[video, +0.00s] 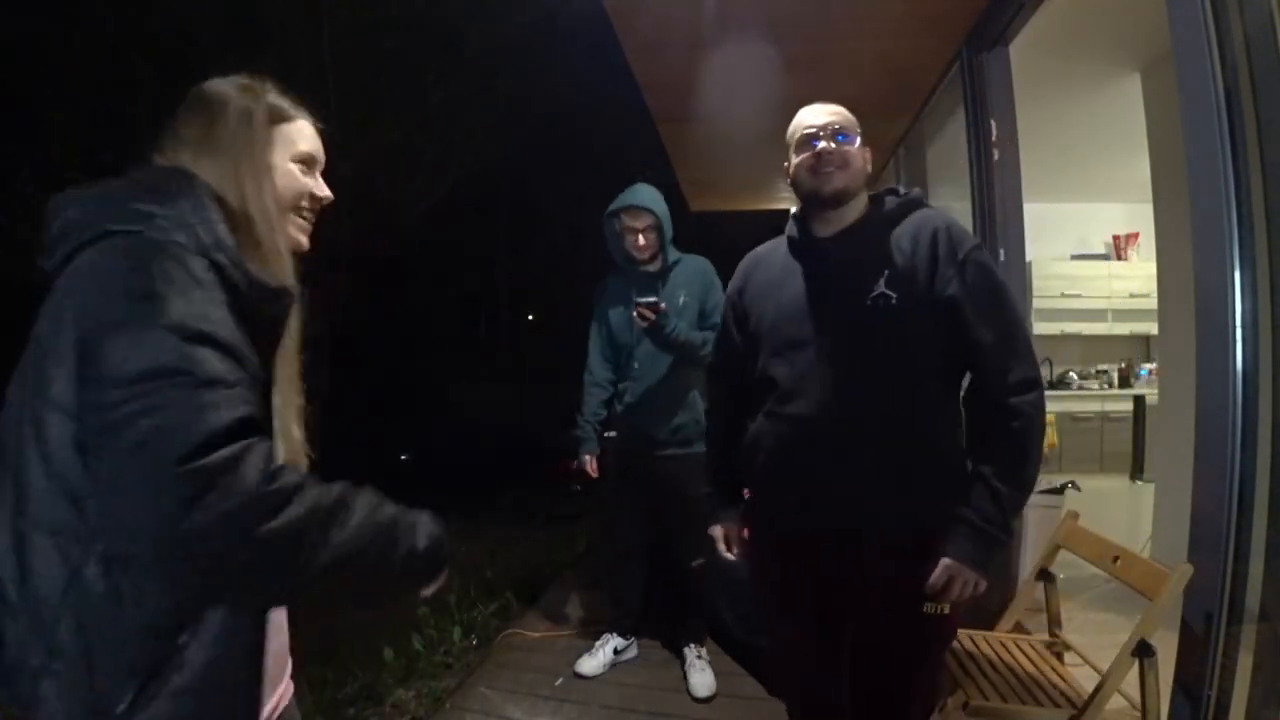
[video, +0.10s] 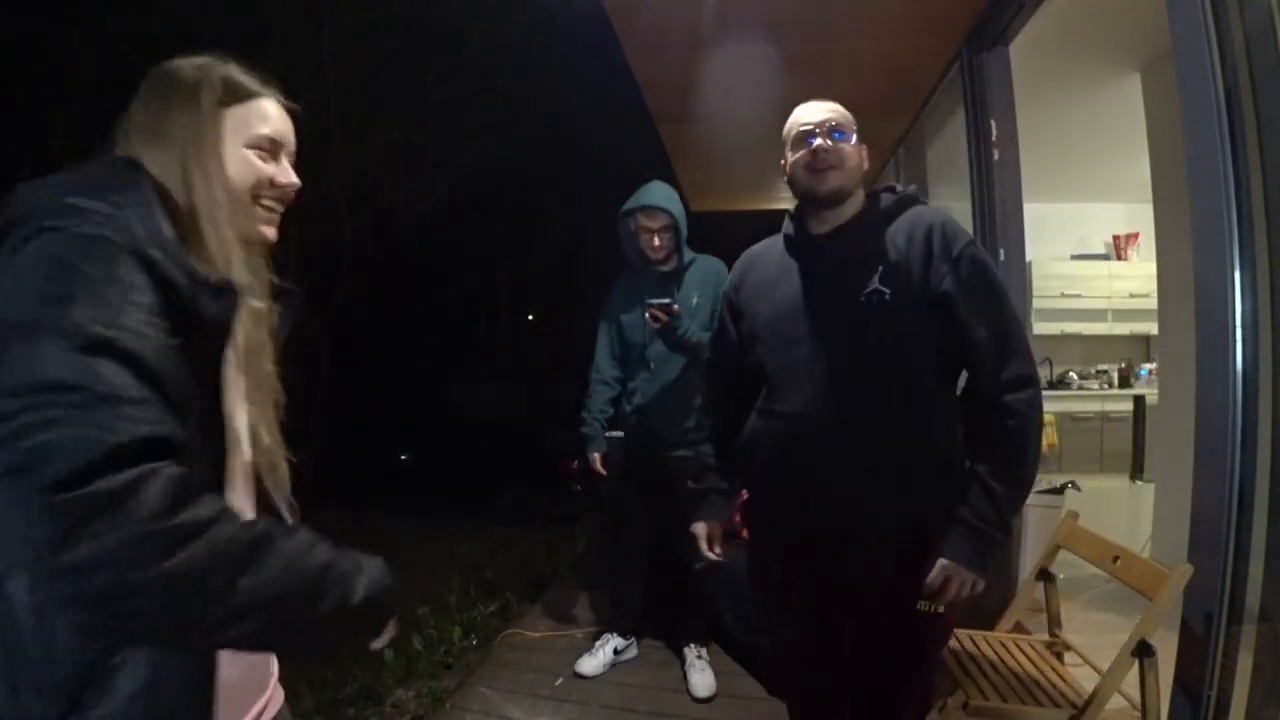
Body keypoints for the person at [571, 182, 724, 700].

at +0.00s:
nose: (637, 241)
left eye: (645, 230)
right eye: (627, 232)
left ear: (664, 229)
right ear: (616, 237)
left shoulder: (696, 273)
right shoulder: (613, 289)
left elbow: (719, 348)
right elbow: (599, 369)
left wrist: (666, 328)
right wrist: (587, 436)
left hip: (685, 443)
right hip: (627, 442)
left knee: (690, 547)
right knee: (622, 541)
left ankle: (693, 644)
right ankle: (620, 635)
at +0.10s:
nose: (653, 239)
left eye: (662, 229)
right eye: (643, 230)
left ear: (679, 229)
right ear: (632, 235)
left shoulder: (710, 274)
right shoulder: (625, 291)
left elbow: (726, 353)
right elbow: (606, 368)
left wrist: (678, 332)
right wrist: (594, 432)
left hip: (695, 437)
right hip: (636, 436)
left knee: (694, 540)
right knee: (626, 535)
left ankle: (694, 642)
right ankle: (620, 633)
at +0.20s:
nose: (668, 240)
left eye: (677, 230)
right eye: (659, 231)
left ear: (695, 230)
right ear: (646, 234)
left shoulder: (719, 275)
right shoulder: (635, 287)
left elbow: (732, 354)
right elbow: (613, 363)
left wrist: (689, 331)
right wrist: (596, 424)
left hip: (700, 431)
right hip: (641, 431)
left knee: (694, 533)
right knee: (626, 531)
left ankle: (695, 642)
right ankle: (621, 633)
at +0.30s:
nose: (680, 240)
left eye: (690, 231)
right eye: (671, 231)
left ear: (708, 232)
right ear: (657, 233)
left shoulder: (730, 281)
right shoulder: (643, 286)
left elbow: (749, 346)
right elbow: (618, 359)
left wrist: (707, 328)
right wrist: (595, 417)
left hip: (706, 433)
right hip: (643, 432)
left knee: (698, 538)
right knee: (629, 533)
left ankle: (696, 643)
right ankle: (621, 633)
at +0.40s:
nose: (690, 237)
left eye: (700, 228)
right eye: (681, 228)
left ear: (717, 230)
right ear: (668, 230)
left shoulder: (736, 285)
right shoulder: (651, 282)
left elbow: (750, 357)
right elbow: (620, 358)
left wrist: (712, 327)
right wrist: (603, 422)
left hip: (707, 437)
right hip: (645, 433)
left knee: (700, 540)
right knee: (631, 536)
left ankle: (696, 645)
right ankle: (620, 633)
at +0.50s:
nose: (696, 235)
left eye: (707, 226)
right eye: (687, 225)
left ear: (723, 229)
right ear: (674, 228)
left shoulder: (741, 284)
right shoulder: (655, 280)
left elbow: (754, 360)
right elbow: (626, 347)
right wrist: (603, 412)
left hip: (712, 440)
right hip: (648, 437)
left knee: (704, 543)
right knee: (633, 539)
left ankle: (697, 643)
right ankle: (621, 634)